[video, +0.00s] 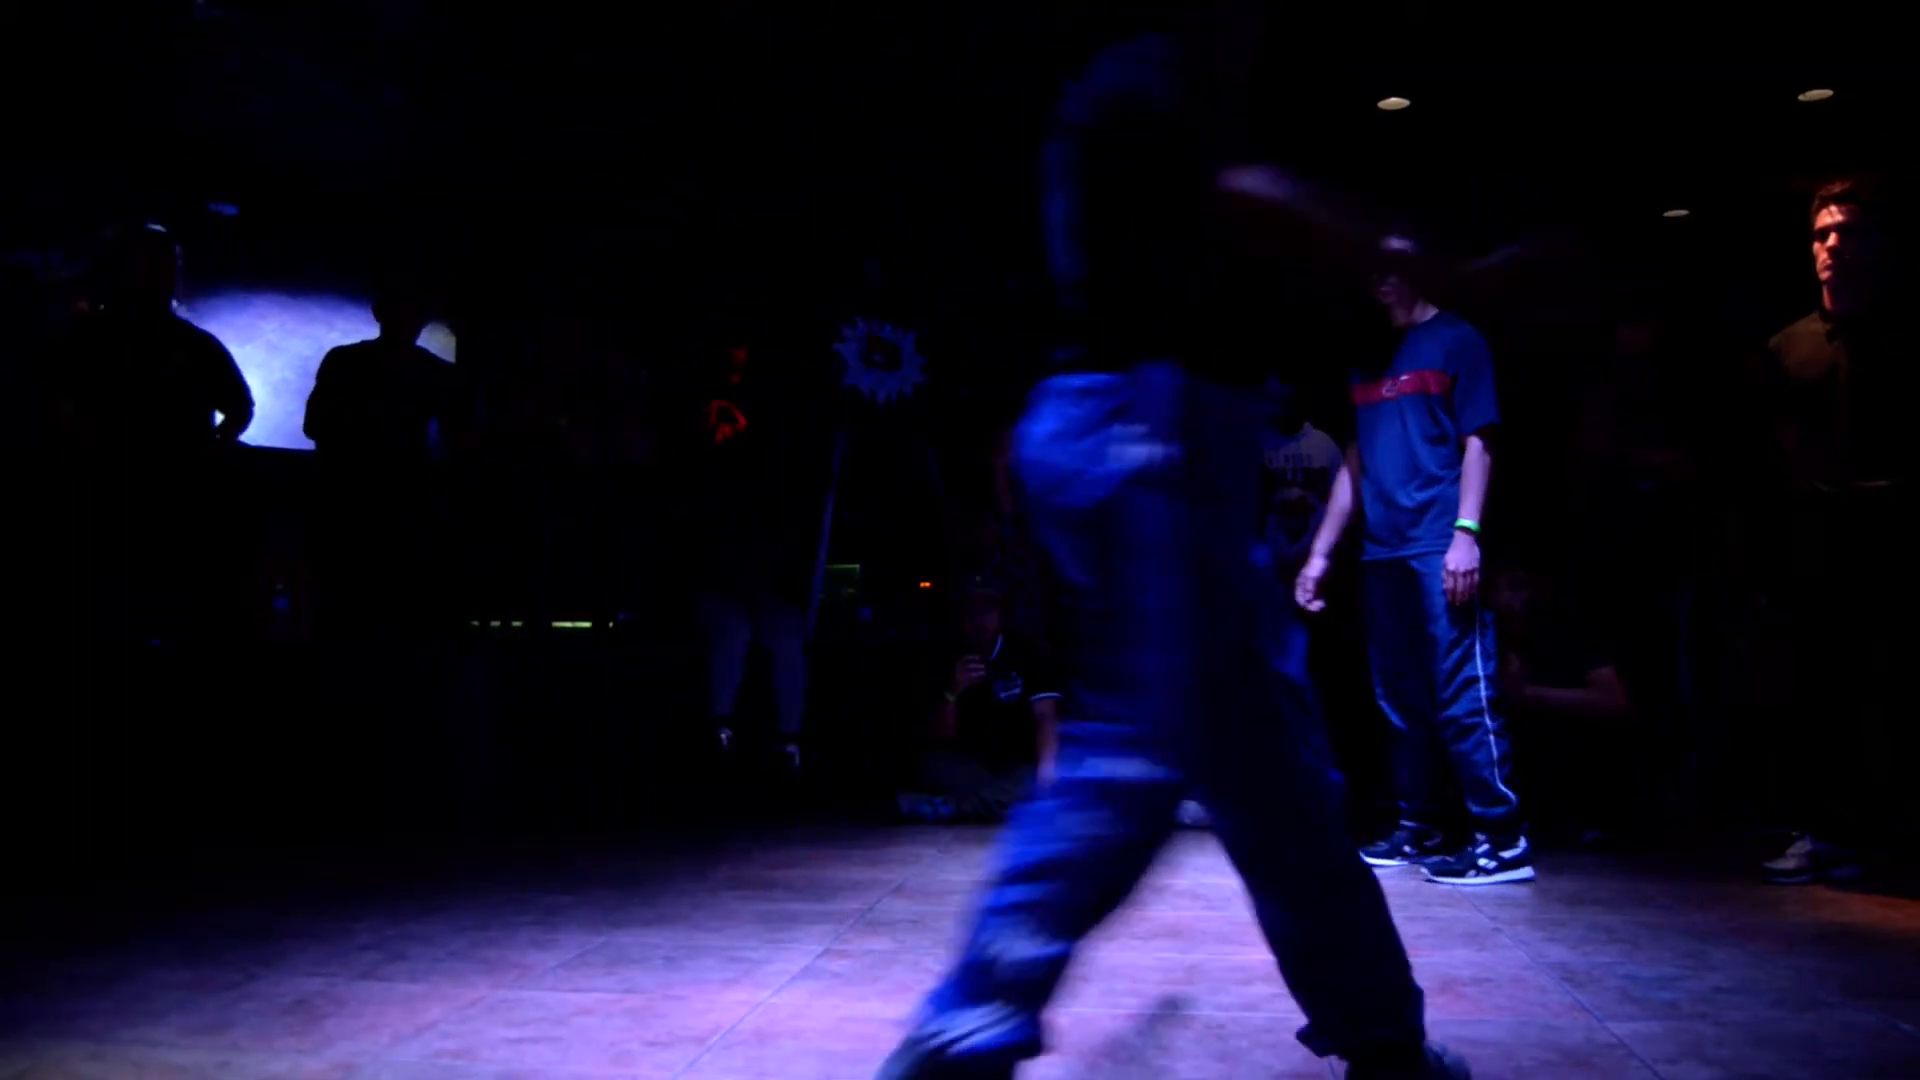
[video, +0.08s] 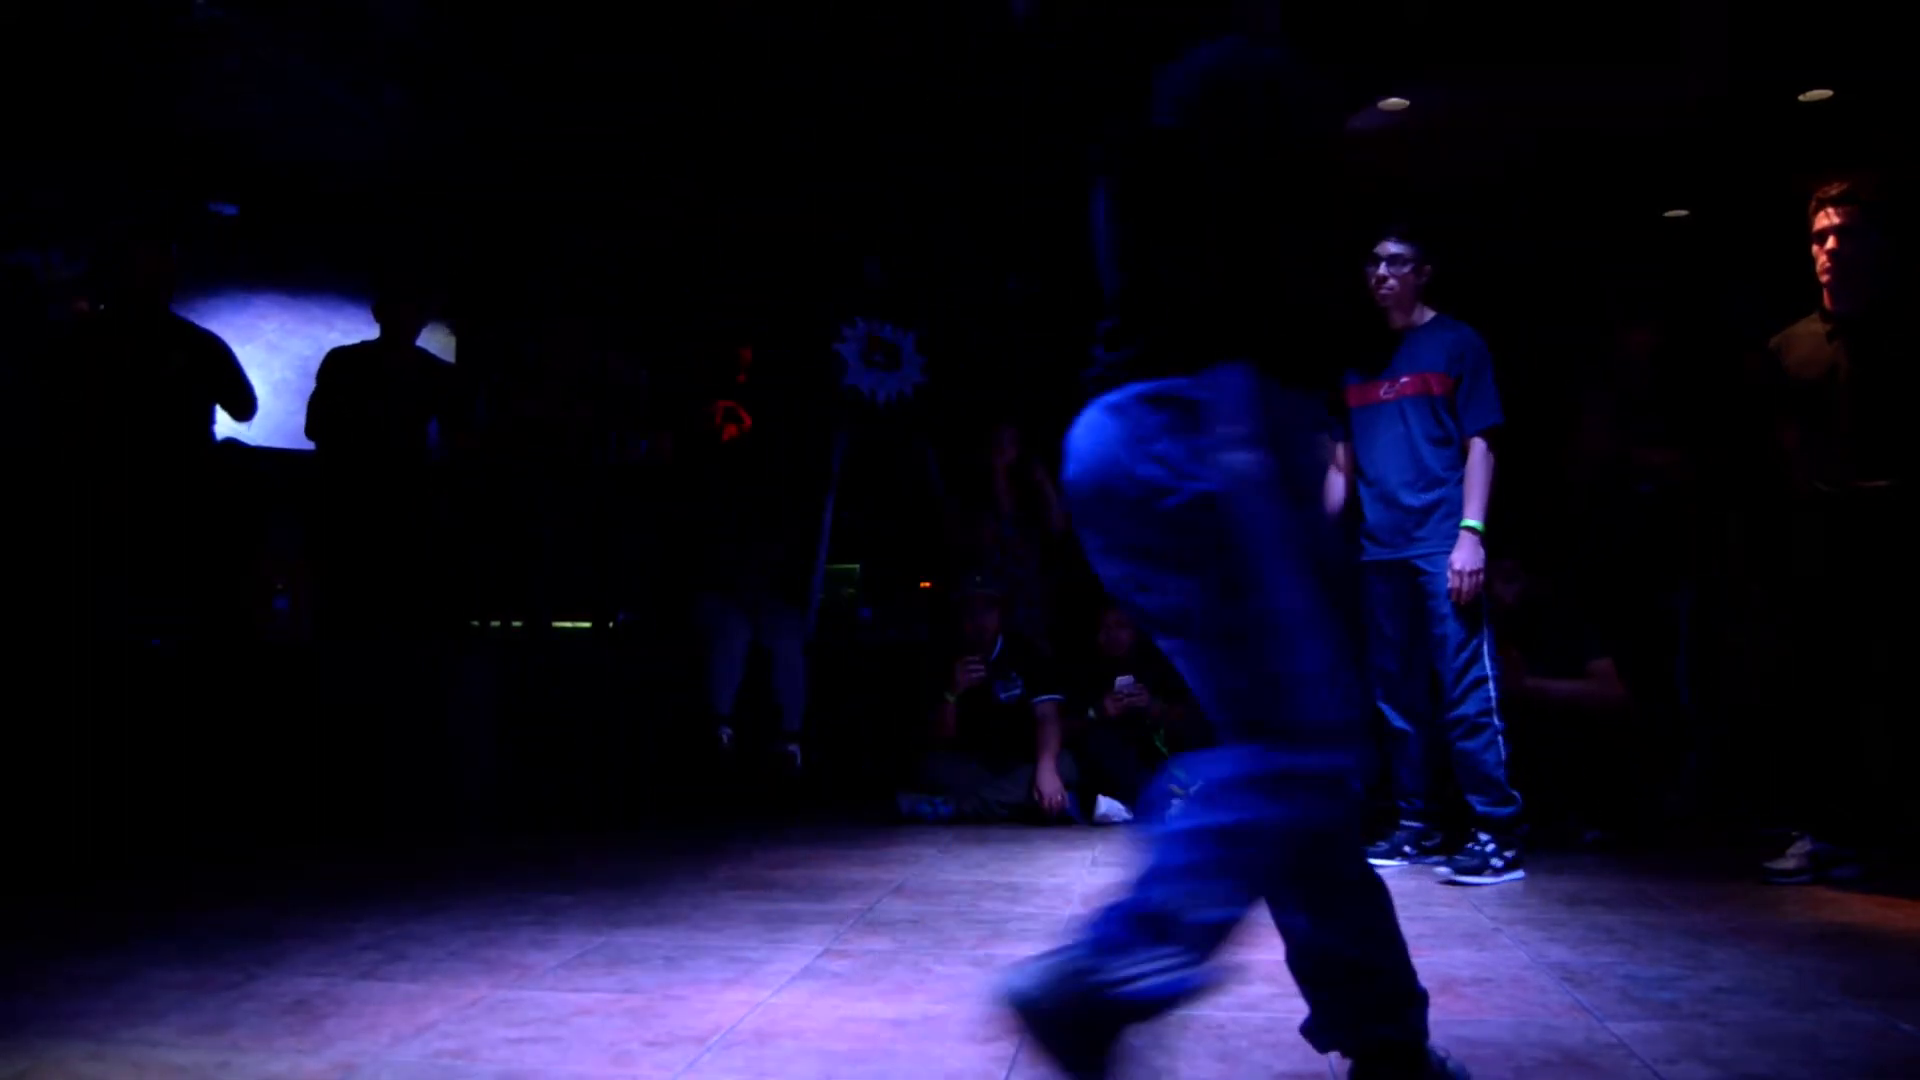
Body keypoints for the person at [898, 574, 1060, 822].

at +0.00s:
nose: (980, 625)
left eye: (986, 616)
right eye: (973, 617)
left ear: (998, 618)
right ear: (962, 621)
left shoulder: (1022, 654)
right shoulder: (952, 657)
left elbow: (1046, 716)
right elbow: (943, 735)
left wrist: (1046, 769)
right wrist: (953, 691)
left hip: (1015, 751)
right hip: (967, 752)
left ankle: (955, 807)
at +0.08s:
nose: (980, 624)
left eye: (987, 614)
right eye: (972, 615)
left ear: (999, 617)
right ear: (961, 620)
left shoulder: (1023, 653)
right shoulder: (949, 656)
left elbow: (1047, 715)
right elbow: (940, 736)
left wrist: (1047, 768)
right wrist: (953, 691)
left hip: (1019, 753)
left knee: (1062, 768)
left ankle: (957, 807)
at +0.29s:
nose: (981, 624)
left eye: (988, 614)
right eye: (972, 615)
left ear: (999, 617)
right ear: (961, 620)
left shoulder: (1023, 655)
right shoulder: (948, 657)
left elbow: (1051, 719)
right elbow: (940, 735)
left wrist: (1042, 736)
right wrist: (953, 692)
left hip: (1015, 750)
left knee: (1061, 766)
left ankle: (958, 808)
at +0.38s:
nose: (981, 623)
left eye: (988, 612)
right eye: (972, 614)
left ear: (1000, 616)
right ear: (960, 620)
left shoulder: (1025, 656)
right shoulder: (946, 660)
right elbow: (939, 737)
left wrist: (1043, 719)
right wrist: (953, 693)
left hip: (1019, 752)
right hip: (966, 753)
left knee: (1062, 764)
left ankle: (960, 807)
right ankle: (1045, 805)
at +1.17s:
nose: (990, 629)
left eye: (997, 621)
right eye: (982, 621)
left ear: (1009, 623)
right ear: (969, 625)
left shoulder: (1031, 661)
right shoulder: (954, 663)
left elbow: (1048, 737)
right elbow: (942, 739)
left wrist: (1036, 709)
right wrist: (955, 695)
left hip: (1023, 755)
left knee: (1062, 765)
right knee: (936, 767)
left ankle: (957, 806)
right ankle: (1039, 807)